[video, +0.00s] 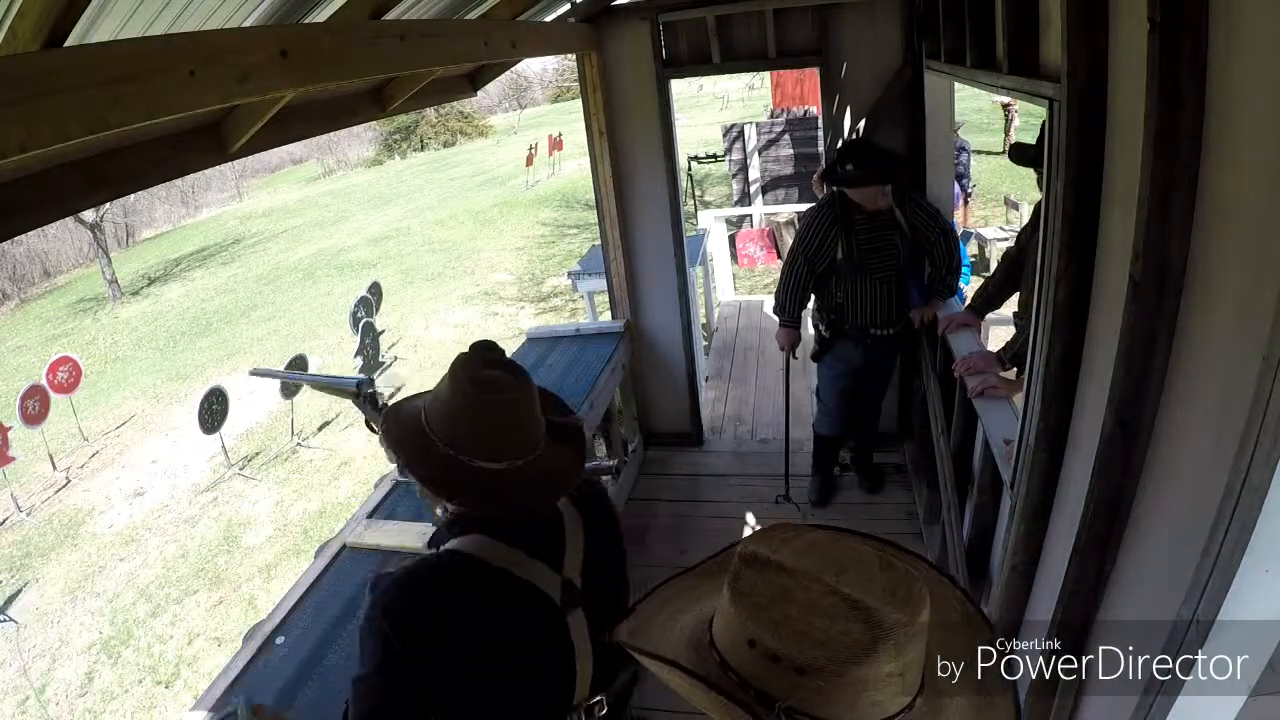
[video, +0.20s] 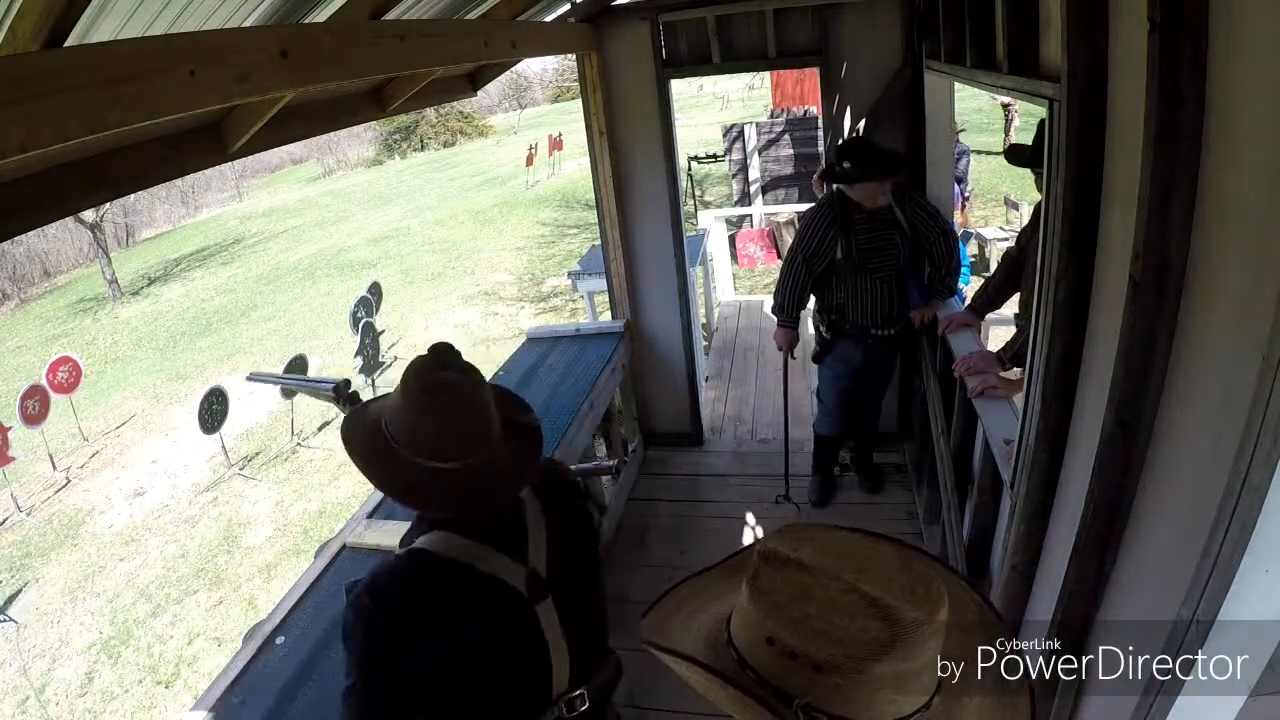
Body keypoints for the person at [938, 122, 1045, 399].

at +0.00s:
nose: (1036, 175)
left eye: (1042, 168)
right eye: (1037, 167)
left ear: (1062, 169)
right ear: (1039, 164)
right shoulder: (1047, 209)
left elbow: (1056, 304)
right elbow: (1018, 259)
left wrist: (1004, 357)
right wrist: (976, 310)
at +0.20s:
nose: (1035, 177)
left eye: (1041, 170)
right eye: (1034, 168)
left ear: (1061, 170)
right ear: (1034, 165)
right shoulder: (1046, 209)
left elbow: (1056, 304)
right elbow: (1018, 259)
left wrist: (1004, 357)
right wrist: (976, 310)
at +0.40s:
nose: (1034, 182)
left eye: (1038, 174)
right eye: (1032, 173)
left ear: (1058, 174)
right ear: (1033, 170)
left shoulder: (1066, 222)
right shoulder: (1046, 211)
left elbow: (1053, 305)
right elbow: (1018, 261)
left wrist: (1004, 357)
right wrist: (976, 310)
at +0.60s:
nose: (1033, 184)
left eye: (1037, 175)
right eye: (1031, 175)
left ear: (1057, 175)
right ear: (1033, 172)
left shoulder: (1067, 224)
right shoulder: (1048, 213)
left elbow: (1053, 305)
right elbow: (1019, 263)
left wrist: (1005, 357)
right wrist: (977, 310)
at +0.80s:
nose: (1034, 183)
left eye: (1039, 174)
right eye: (1032, 174)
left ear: (1058, 174)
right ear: (1033, 172)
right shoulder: (1050, 213)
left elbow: (1054, 305)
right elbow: (1020, 261)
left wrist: (1004, 357)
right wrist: (976, 310)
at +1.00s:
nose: (1035, 183)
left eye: (1040, 175)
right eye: (1033, 174)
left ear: (1059, 174)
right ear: (1033, 173)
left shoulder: (1071, 226)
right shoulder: (1050, 215)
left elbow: (1054, 306)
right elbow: (1020, 262)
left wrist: (1005, 357)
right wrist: (976, 310)